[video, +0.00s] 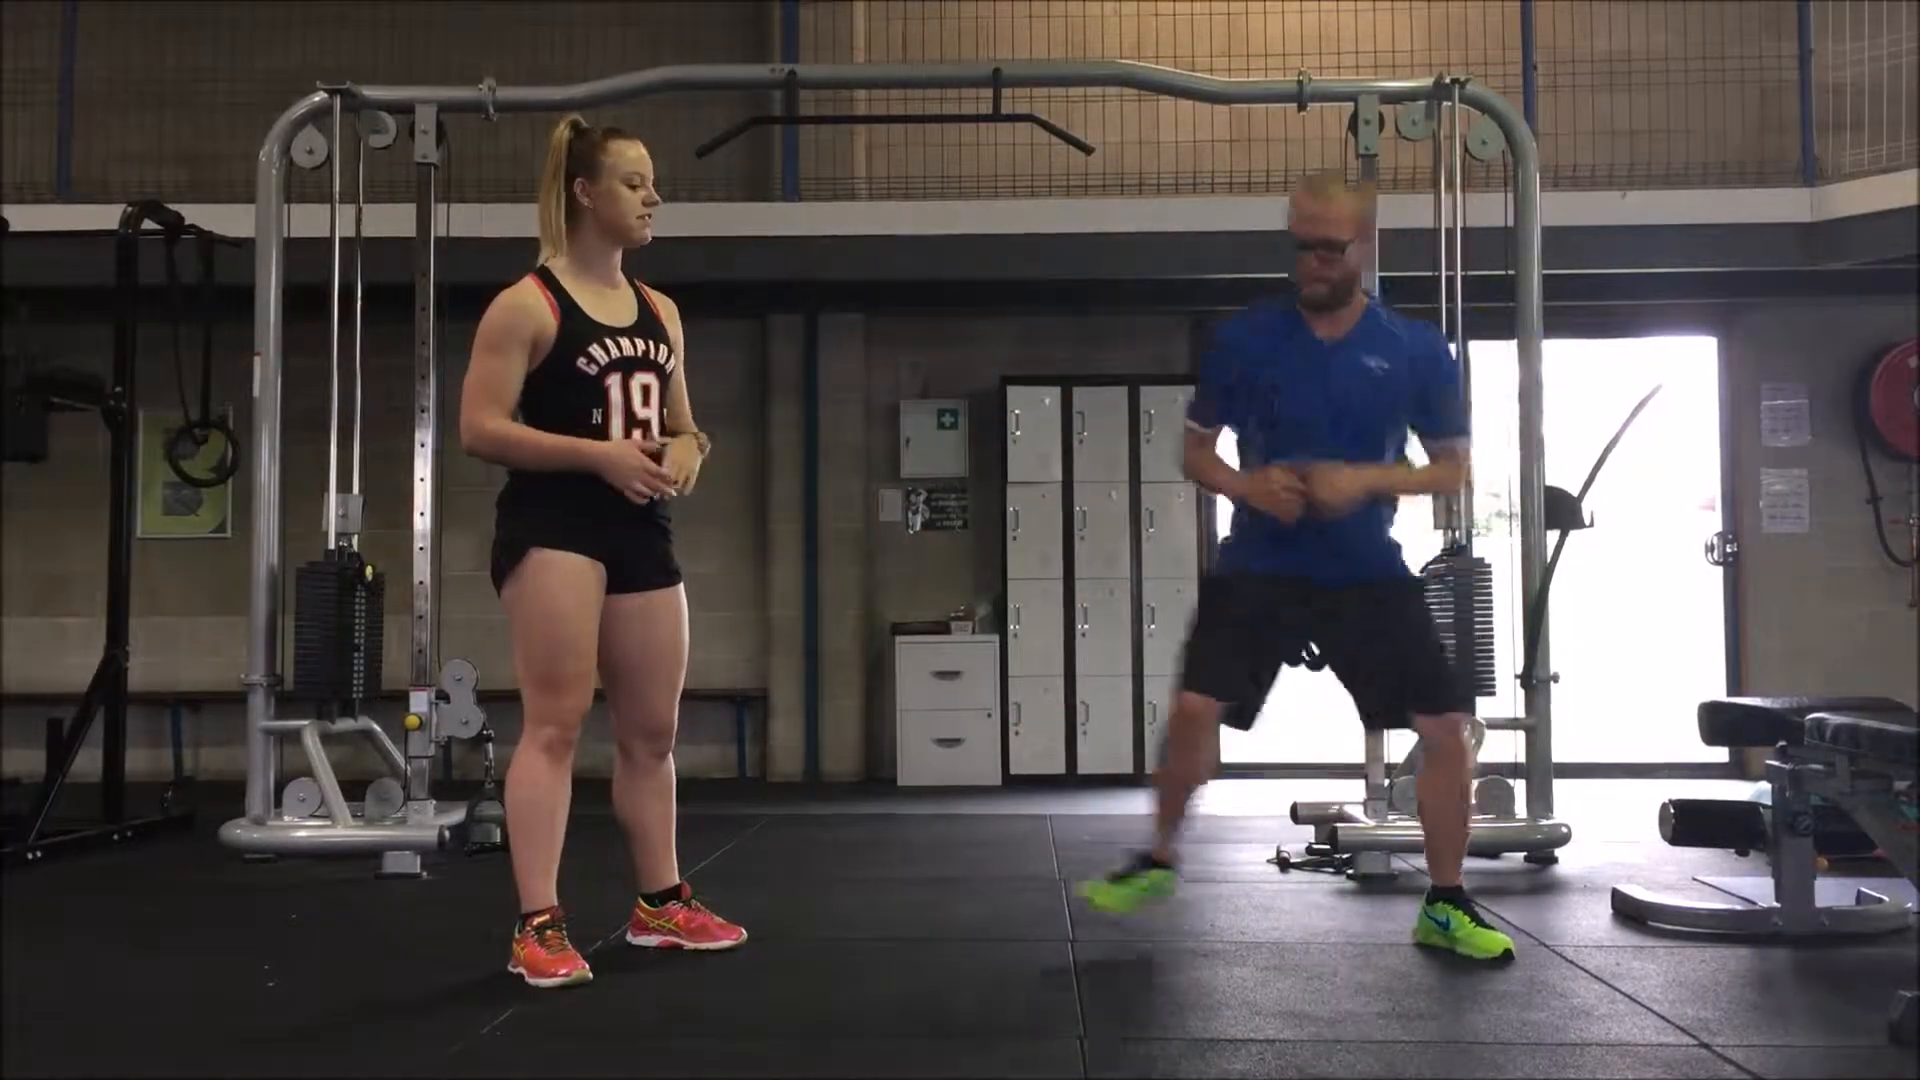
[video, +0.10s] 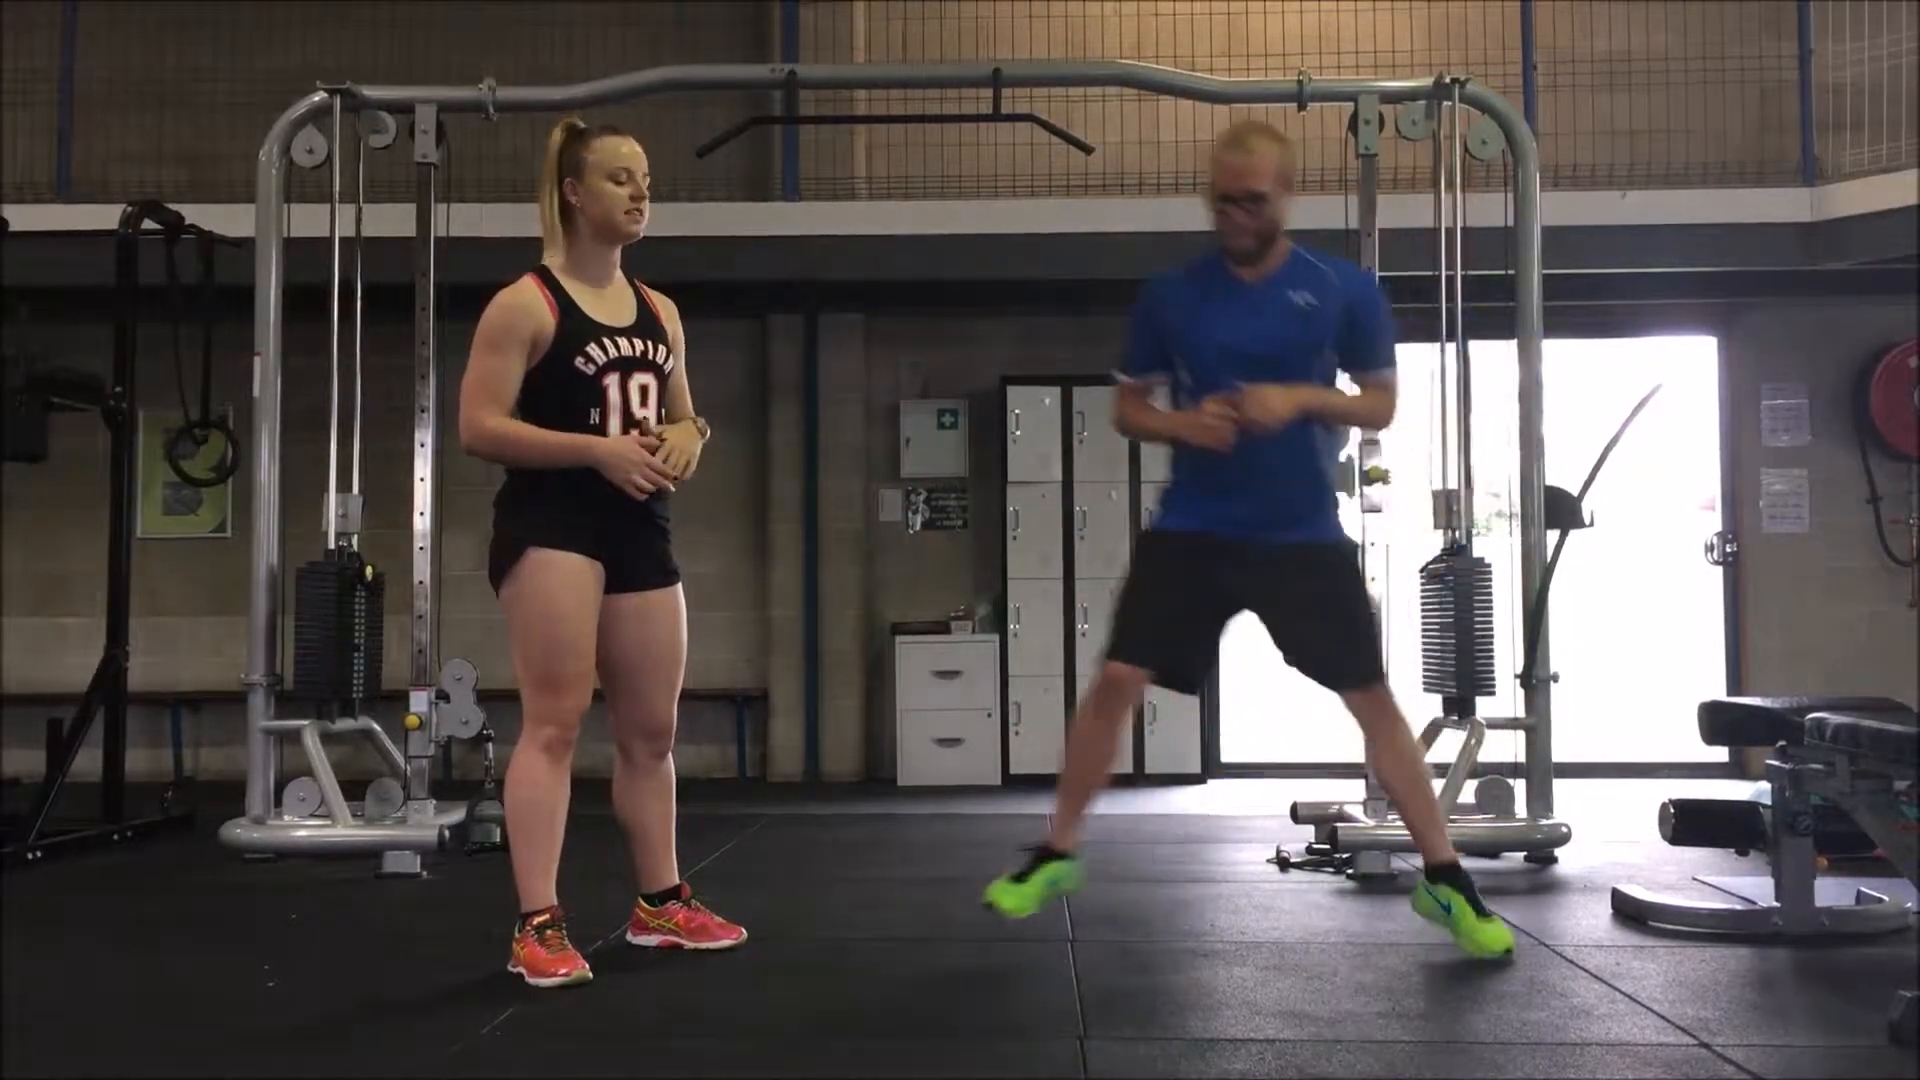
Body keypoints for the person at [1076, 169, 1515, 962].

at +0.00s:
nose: (1313, 263)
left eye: (1332, 249)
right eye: (1302, 246)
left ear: (1368, 248)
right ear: (1288, 242)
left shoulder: (1417, 350)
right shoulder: (1244, 341)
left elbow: (1453, 472)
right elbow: (1194, 452)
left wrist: (1363, 480)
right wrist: (1245, 487)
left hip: (1366, 573)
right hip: (1258, 570)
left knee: (1445, 721)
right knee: (1192, 708)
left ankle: (1447, 900)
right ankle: (1158, 861)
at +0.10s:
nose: (1240, 215)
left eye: (1256, 200)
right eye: (1227, 199)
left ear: (1289, 196)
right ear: (1210, 193)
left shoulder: (1345, 290)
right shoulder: (1170, 295)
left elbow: (1380, 406)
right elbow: (1128, 409)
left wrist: (1299, 398)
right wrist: (1181, 424)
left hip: (1303, 541)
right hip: (1189, 538)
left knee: (1374, 700)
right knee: (1116, 680)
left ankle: (1445, 876)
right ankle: (1057, 851)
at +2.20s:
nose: (1419, 239)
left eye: (1434, 225)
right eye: (1403, 223)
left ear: (1450, 227)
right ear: (1368, 220)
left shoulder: (1497, 320)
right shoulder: (1316, 329)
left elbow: (1527, 435)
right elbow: (1287, 462)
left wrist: (1474, 438)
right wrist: (1366, 452)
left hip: (1450, 566)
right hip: (1346, 570)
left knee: (1473, 724)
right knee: (1345, 735)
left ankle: (1471, 904)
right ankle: (1359, 850)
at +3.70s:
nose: (988, 263)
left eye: (1001, 246)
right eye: (970, 248)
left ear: (1020, 226)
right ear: (937, 230)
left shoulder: (1070, 315)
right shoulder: (896, 330)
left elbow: (1110, 433)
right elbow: (879, 459)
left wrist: (1044, 439)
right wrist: (930, 457)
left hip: (1054, 562)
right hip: (949, 568)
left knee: (1086, 726)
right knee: (944, 731)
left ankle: (1082, 846)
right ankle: (971, 896)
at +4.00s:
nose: (1063, 280)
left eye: (1074, 263)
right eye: (1045, 264)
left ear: (1088, 259)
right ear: (1004, 260)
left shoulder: (1133, 353)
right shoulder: (960, 373)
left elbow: (1172, 467)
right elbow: (936, 507)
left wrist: (1108, 478)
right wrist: (1001, 498)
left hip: (1119, 588)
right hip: (1008, 592)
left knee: (1182, 729)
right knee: (969, 742)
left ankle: (1169, 872)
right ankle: (974, 900)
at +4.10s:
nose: (1121, 251)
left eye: (1133, 237)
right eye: (1105, 236)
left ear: (1146, 240)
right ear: (1067, 239)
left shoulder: (1186, 331)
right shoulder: (1019, 350)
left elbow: (1226, 448)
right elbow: (985, 472)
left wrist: (1171, 436)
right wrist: (1066, 459)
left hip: (1168, 570)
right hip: (1058, 577)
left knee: (1256, 699)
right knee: (1001, 734)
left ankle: (1279, 861)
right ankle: (976, 899)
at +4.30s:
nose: (1272, 199)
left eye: (1287, 186)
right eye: (1257, 183)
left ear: (1305, 194)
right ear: (1226, 185)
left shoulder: (1351, 286)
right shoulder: (1174, 291)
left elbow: (1383, 409)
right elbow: (1145, 424)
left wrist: (1330, 396)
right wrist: (1244, 406)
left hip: (1320, 539)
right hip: (1205, 539)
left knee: (1405, 699)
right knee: (1116, 693)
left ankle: (1483, 880)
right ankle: (1033, 857)